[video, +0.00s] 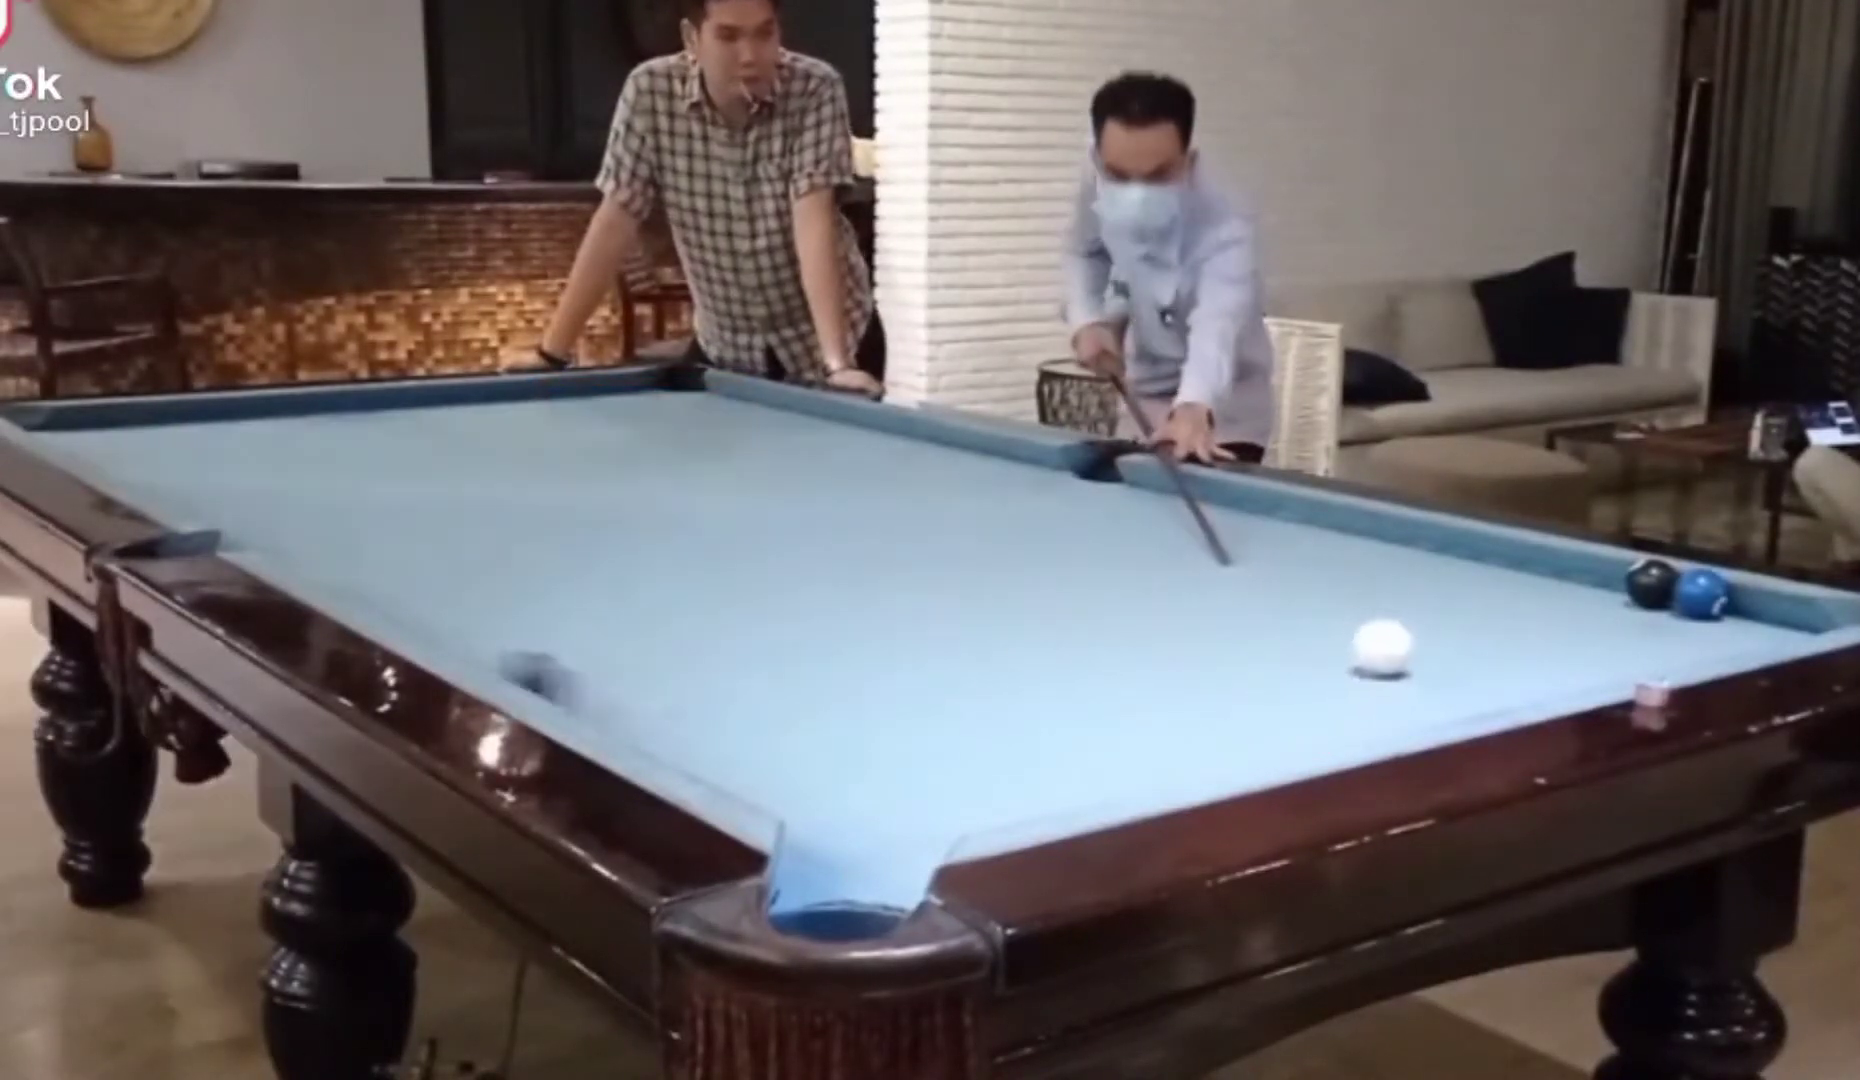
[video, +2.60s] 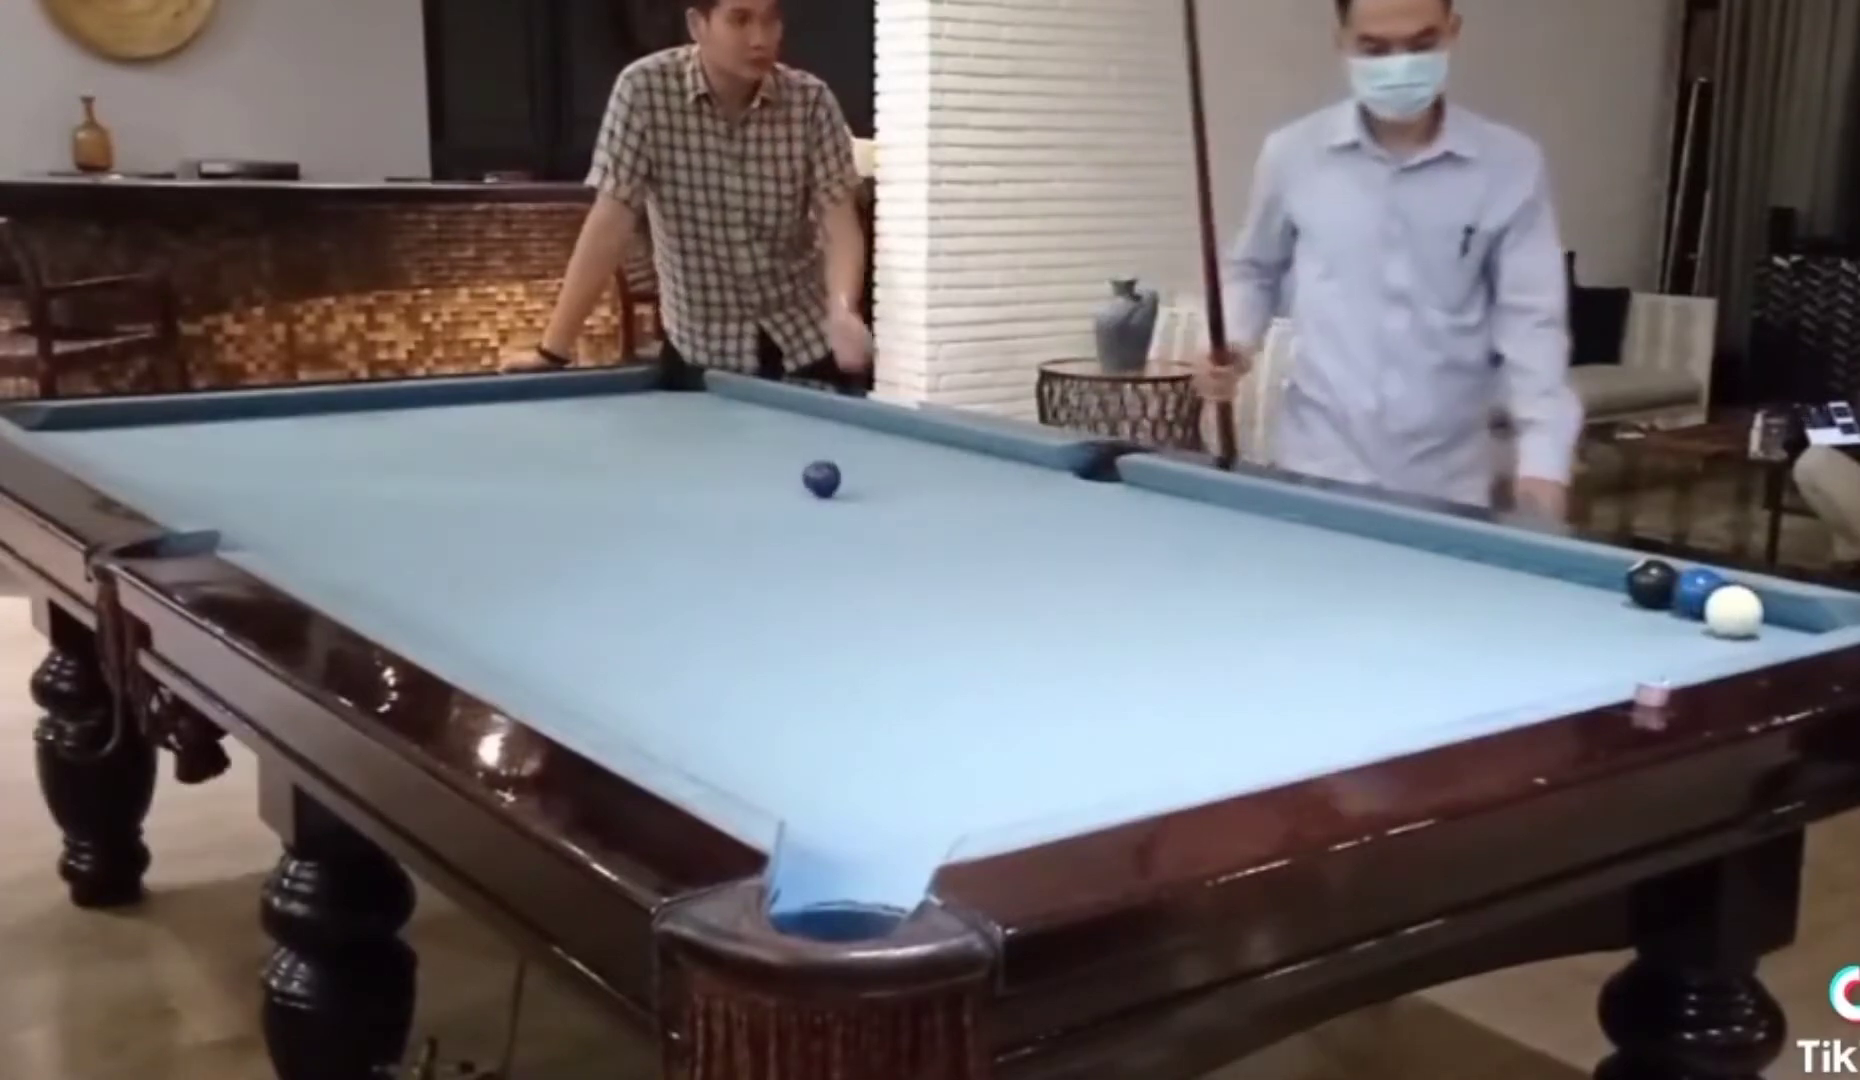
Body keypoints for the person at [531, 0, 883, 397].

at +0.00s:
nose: (750, 55)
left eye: (764, 34)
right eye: (728, 37)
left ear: (780, 32)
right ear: (692, 40)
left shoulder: (814, 89)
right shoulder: (650, 91)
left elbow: (814, 214)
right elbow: (618, 215)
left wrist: (838, 362)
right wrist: (552, 353)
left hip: (830, 346)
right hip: (726, 349)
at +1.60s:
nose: (757, 29)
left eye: (765, 13)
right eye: (737, 15)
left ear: (777, 19)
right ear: (691, 23)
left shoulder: (811, 101)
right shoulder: (638, 90)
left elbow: (858, 225)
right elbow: (610, 214)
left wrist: (836, 288)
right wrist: (553, 350)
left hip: (814, 342)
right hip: (701, 345)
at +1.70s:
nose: (766, 31)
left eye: (774, 14)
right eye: (745, 16)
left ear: (784, 19)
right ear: (698, 24)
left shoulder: (813, 102)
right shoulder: (642, 88)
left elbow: (858, 228)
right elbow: (610, 217)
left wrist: (832, 248)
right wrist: (552, 350)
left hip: (816, 336)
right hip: (702, 341)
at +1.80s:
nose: (772, 35)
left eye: (779, 17)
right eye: (751, 19)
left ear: (789, 21)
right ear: (704, 25)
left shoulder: (814, 100)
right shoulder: (645, 87)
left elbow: (852, 247)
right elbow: (610, 218)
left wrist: (820, 202)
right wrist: (552, 351)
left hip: (815, 333)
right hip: (701, 339)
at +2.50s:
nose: (767, 40)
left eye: (777, 23)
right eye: (746, 23)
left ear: (788, 26)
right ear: (703, 26)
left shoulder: (812, 101)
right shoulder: (649, 89)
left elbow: (845, 222)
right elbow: (612, 218)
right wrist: (552, 352)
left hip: (808, 335)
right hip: (701, 344)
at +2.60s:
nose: (762, 38)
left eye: (772, 20)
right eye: (741, 20)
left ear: (783, 25)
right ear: (697, 24)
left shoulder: (810, 101)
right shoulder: (646, 90)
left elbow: (839, 212)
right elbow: (611, 218)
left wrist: (842, 307)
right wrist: (552, 351)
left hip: (808, 338)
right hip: (702, 345)